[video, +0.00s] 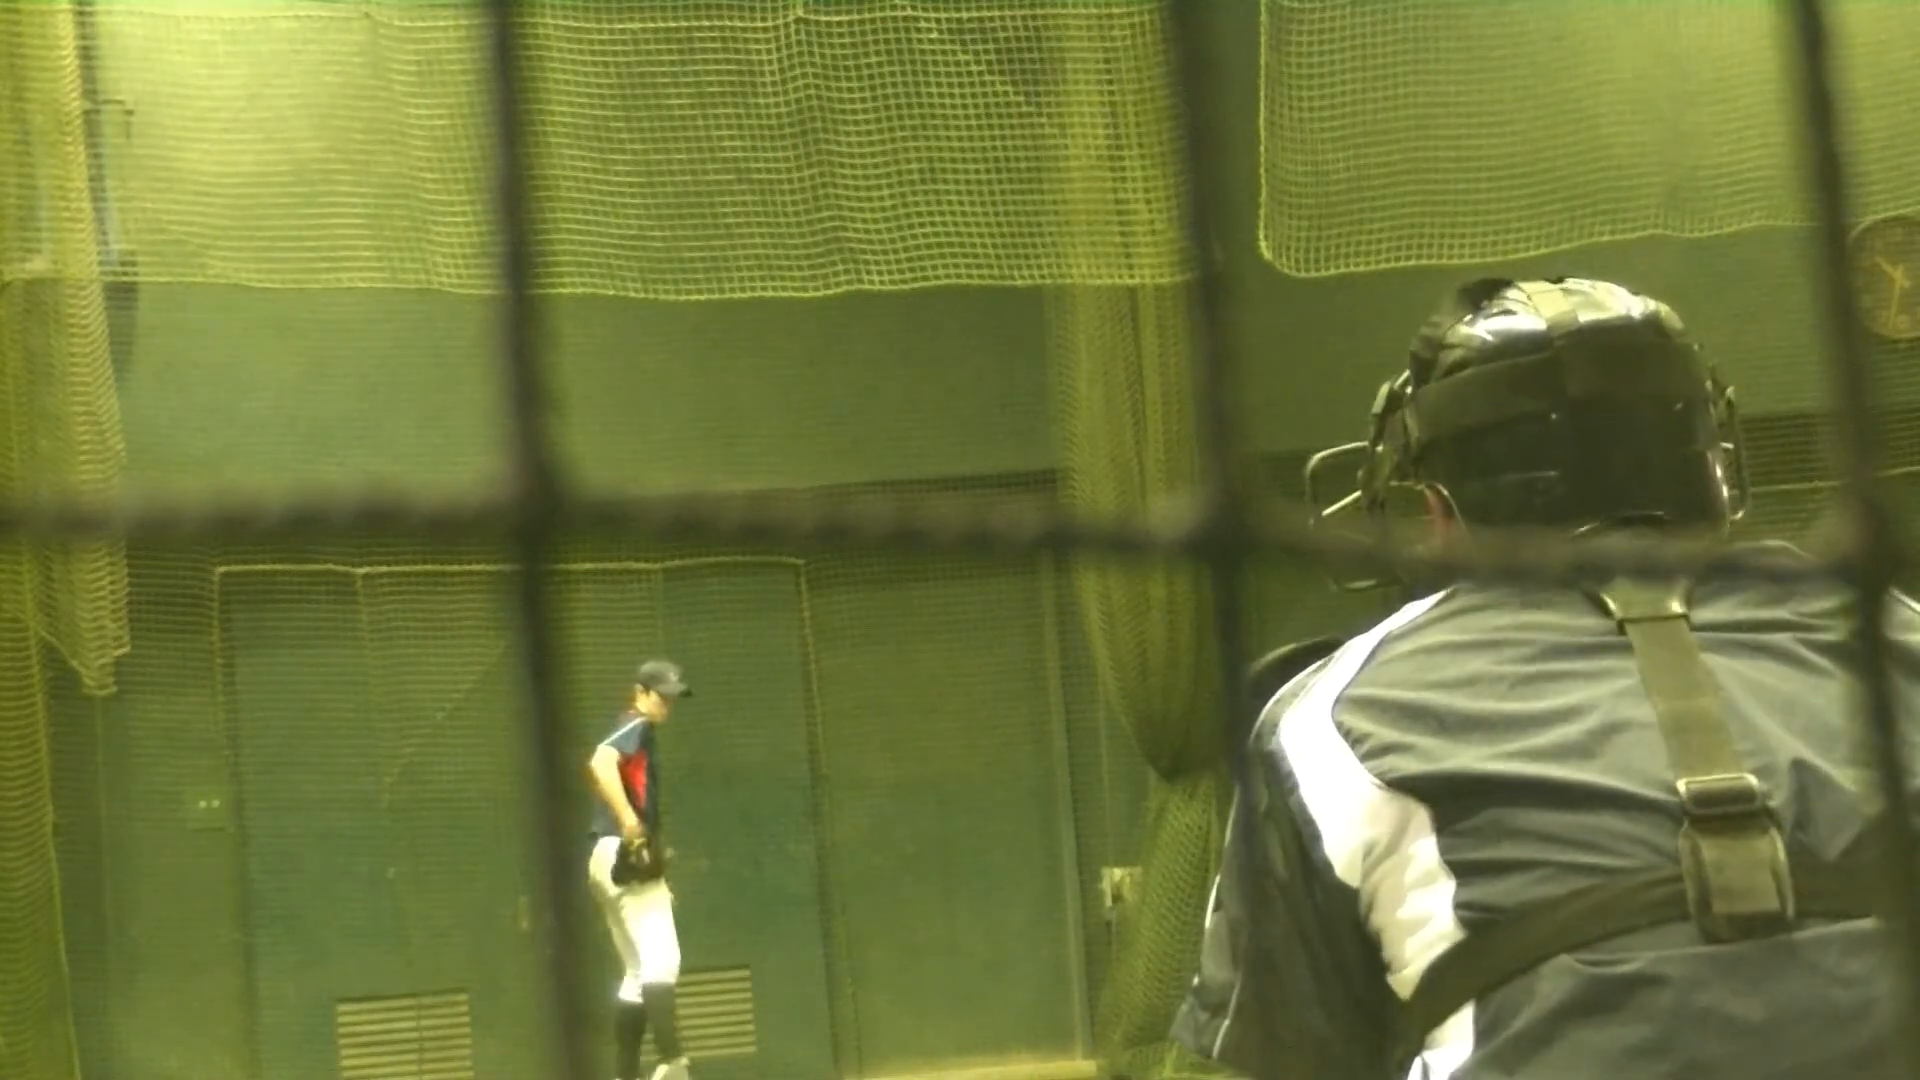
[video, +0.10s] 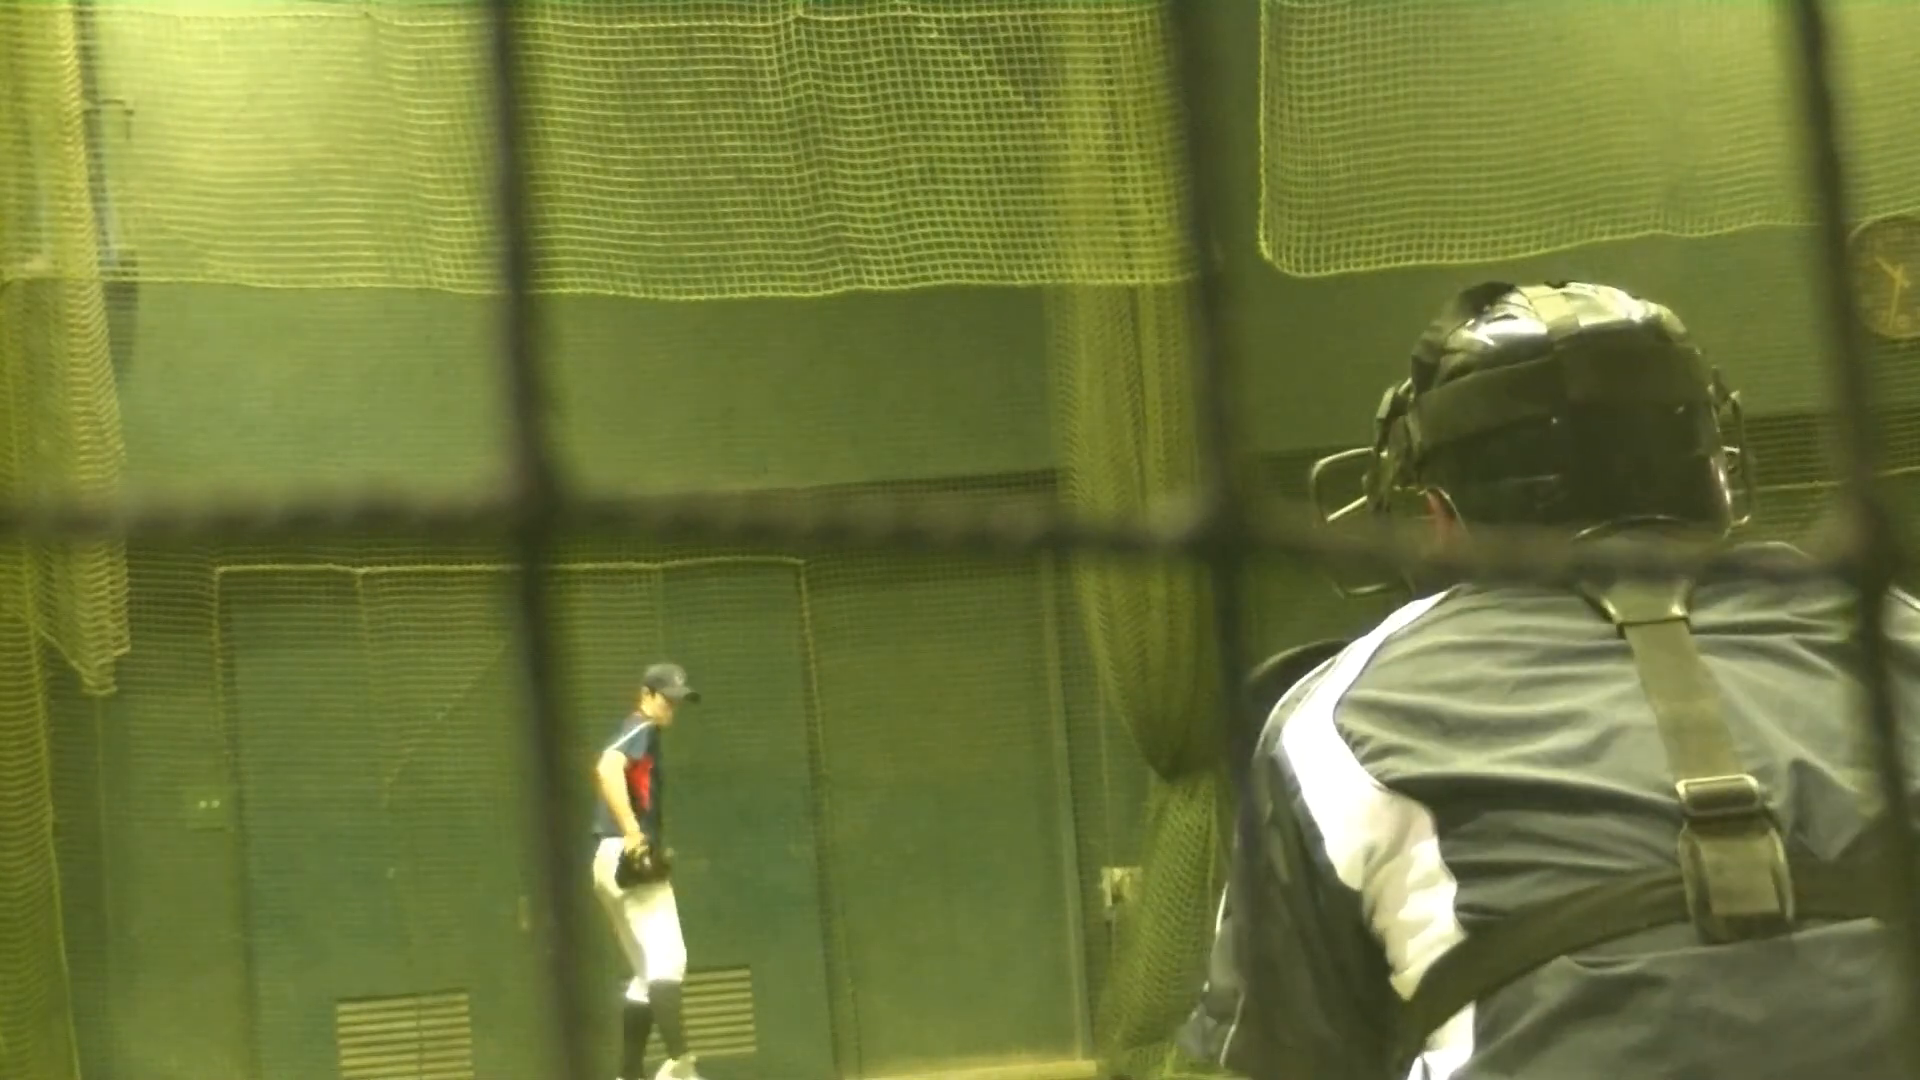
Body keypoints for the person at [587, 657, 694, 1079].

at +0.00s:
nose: (669, 706)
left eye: (672, 699)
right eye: (665, 698)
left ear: (646, 696)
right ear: (642, 694)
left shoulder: (634, 728)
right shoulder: (637, 727)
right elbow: (602, 763)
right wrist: (630, 824)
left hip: (613, 852)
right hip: (629, 852)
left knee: (636, 968)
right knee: (661, 955)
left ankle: (627, 1071)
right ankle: (672, 1060)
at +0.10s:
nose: (674, 709)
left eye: (677, 702)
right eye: (670, 701)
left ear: (652, 699)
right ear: (648, 696)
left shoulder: (639, 730)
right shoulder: (643, 729)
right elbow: (609, 766)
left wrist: (647, 840)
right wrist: (632, 832)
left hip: (616, 854)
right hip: (634, 853)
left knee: (645, 969)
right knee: (667, 955)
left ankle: (630, 1072)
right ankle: (680, 1060)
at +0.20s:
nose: (679, 715)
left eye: (682, 707)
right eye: (675, 706)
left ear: (656, 704)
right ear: (652, 700)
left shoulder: (639, 734)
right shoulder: (648, 734)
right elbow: (616, 775)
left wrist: (653, 849)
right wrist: (633, 840)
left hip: (620, 860)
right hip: (637, 859)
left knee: (657, 969)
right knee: (675, 958)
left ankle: (633, 1072)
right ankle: (679, 1061)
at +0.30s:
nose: (687, 719)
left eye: (690, 712)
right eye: (681, 711)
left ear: (659, 710)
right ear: (655, 707)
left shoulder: (641, 742)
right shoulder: (653, 742)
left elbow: (623, 797)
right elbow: (624, 789)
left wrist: (648, 859)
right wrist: (638, 858)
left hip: (625, 869)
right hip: (643, 868)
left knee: (666, 976)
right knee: (681, 971)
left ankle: (636, 1071)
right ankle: (672, 1067)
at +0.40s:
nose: (691, 722)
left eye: (693, 714)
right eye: (684, 713)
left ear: (666, 715)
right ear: (659, 712)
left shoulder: (649, 747)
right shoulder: (658, 748)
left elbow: (631, 806)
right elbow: (630, 801)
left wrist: (653, 869)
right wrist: (641, 868)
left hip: (634, 876)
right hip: (646, 877)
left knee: (675, 980)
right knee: (684, 979)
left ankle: (638, 1071)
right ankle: (668, 1071)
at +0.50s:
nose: (697, 721)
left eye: (699, 712)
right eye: (690, 712)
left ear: (677, 714)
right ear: (666, 712)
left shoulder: (659, 748)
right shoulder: (662, 747)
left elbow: (634, 808)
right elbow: (631, 803)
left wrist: (654, 871)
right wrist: (639, 870)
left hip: (642, 876)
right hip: (645, 877)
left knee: (680, 980)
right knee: (688, 979)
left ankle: (639, 1071)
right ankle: (666, 1072)